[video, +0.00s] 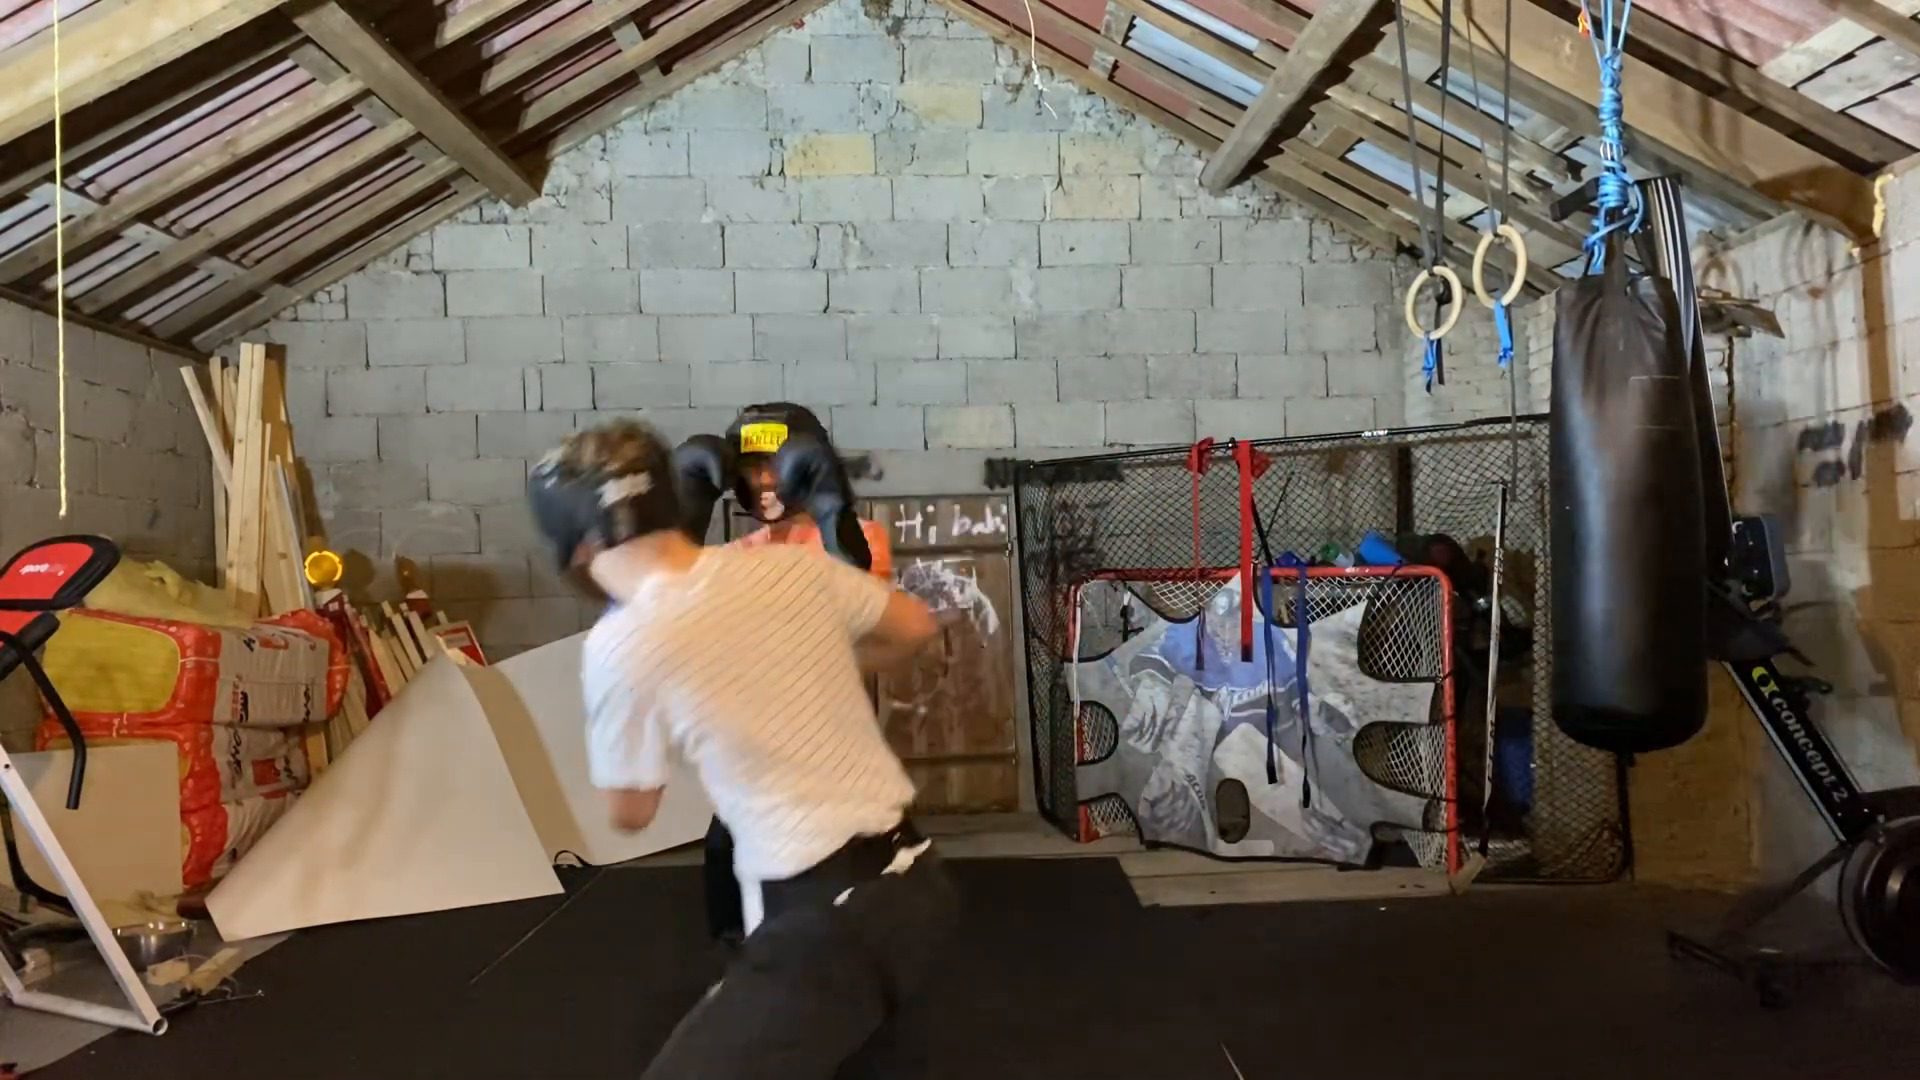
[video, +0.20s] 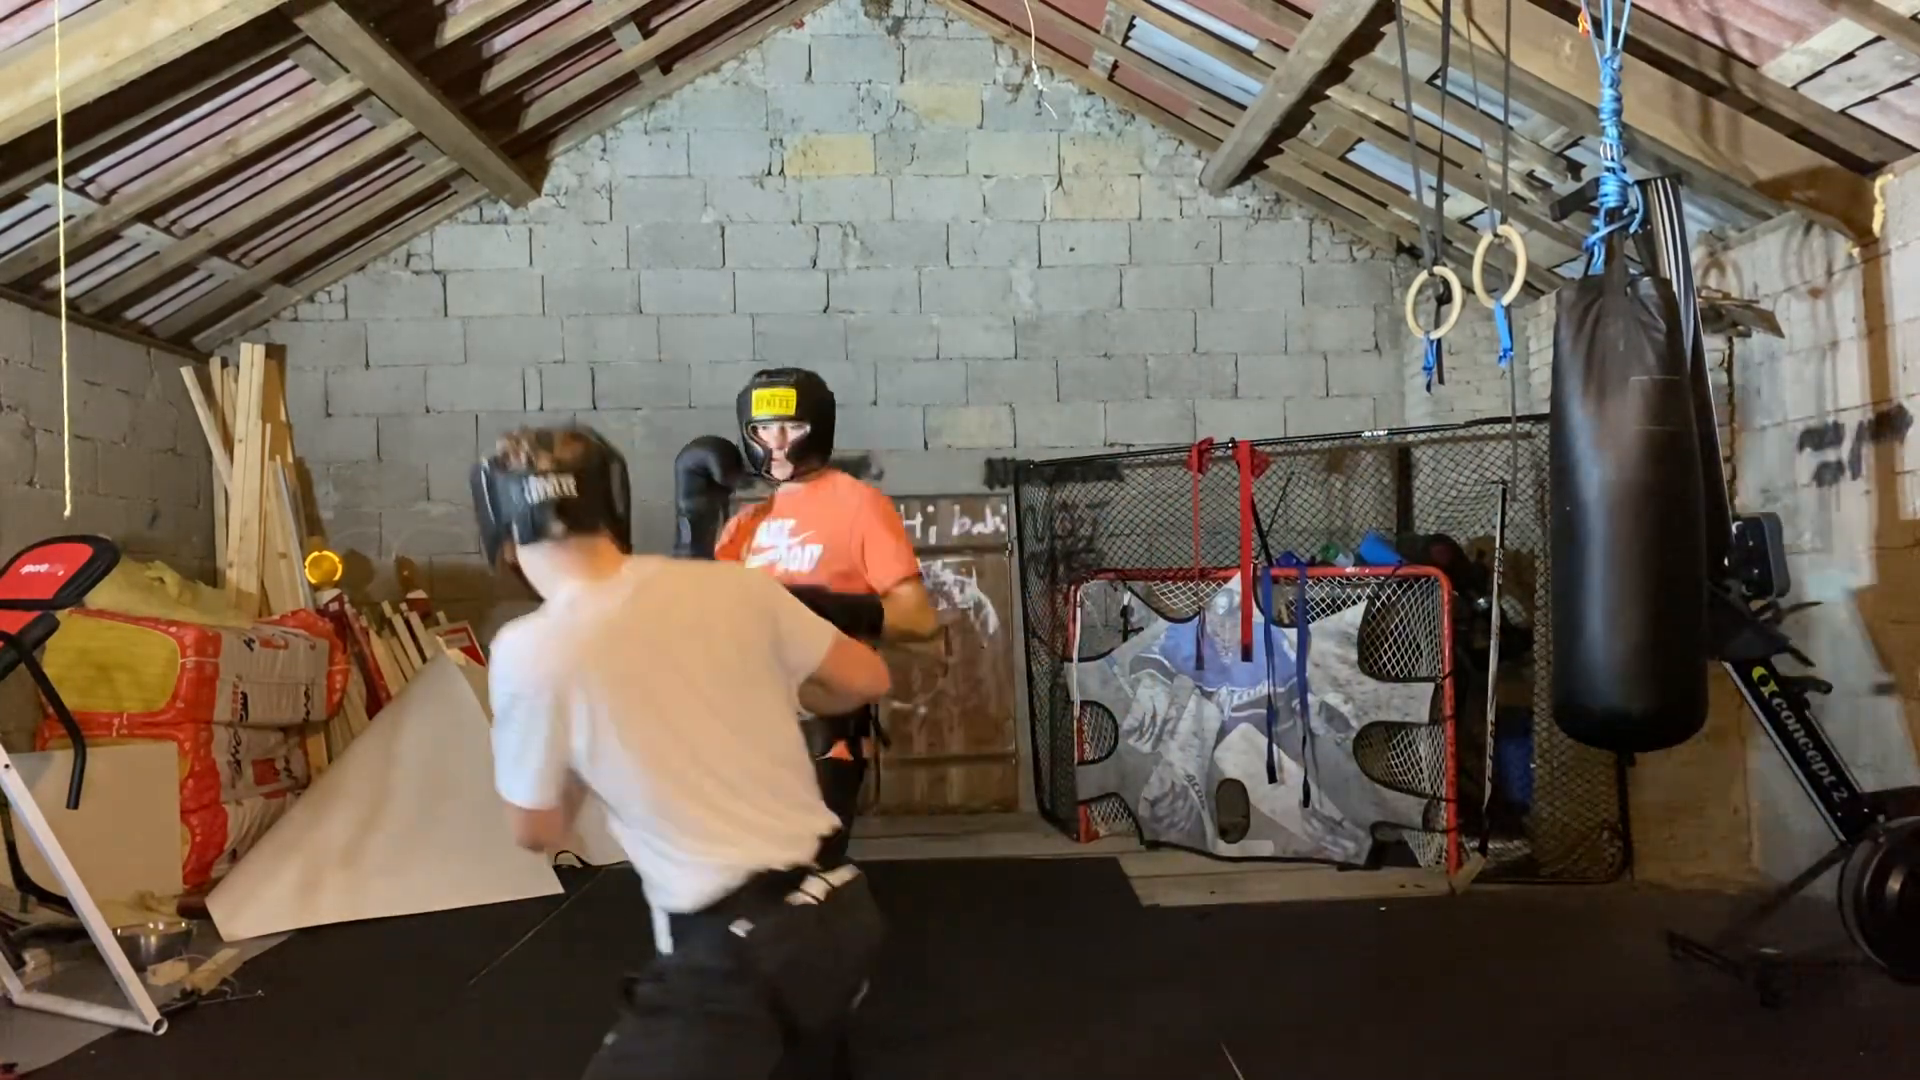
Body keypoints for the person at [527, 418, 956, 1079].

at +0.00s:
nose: (561, 556)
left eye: (558, 541)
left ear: (579, 549)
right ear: (671, 502)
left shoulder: (622, 645)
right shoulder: (789, 565)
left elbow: (630, 811)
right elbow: (915, 624)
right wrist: (826, 662)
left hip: (817, 925)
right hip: (922, 881)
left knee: (679, 1069)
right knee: (887, 1069)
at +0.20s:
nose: (496, 551)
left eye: (495, 535)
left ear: (508, 543)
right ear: (615, 509)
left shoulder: (531, 650)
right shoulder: (732, 586)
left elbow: (540, 830)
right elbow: (864, 678)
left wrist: (587, 757)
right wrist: (775, 692)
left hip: (729, 954)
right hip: (845, 913)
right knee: (817, 1067)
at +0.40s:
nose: (491, 444)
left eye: (491, 425)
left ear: (498, 436)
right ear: (616, 422)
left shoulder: (475, 543)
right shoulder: (709, 523)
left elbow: (467, 718)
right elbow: (817, 659)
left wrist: (537, 641)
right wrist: (729, 632)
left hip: (626, 876)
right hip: (756, 854)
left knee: (597, 1065)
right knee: (754, 1068)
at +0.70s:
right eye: (663, 425)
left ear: (554, 414)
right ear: (655, 433)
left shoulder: (467, 510)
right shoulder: (694, 545)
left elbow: (456, 666)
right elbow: (745, 707)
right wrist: (695, 676)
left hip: (522, 840)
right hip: (656, 831)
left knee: (486, 1065)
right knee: (671, 1054)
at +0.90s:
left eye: (495, 381)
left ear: (492, 389)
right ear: (590, 406)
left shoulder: (414, 480)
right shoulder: (632, 508)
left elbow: (411, 625)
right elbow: (697, 653)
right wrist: (645, 630)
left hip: (469, 798)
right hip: (601, 793)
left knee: (388, 1054)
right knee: (632, 1048)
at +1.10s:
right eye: (494, 431)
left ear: (386, 428)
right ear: (486, 437)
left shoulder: (310, 534)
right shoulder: (528, 532)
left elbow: (316, 648)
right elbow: (615, 659)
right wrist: (652, 626)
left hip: (382, 841)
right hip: (514, 832)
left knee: (327, 1056)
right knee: (595, 1044)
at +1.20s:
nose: (457, 436)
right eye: (452, 422)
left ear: (348, 416)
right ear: (444, 427)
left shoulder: (273, 527)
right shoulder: (483, 517)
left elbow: (290, 655)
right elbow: (562, 643)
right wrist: (623, 621)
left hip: (359, 827)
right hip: (488, 814)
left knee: (308, 1050)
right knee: (579, 1015)